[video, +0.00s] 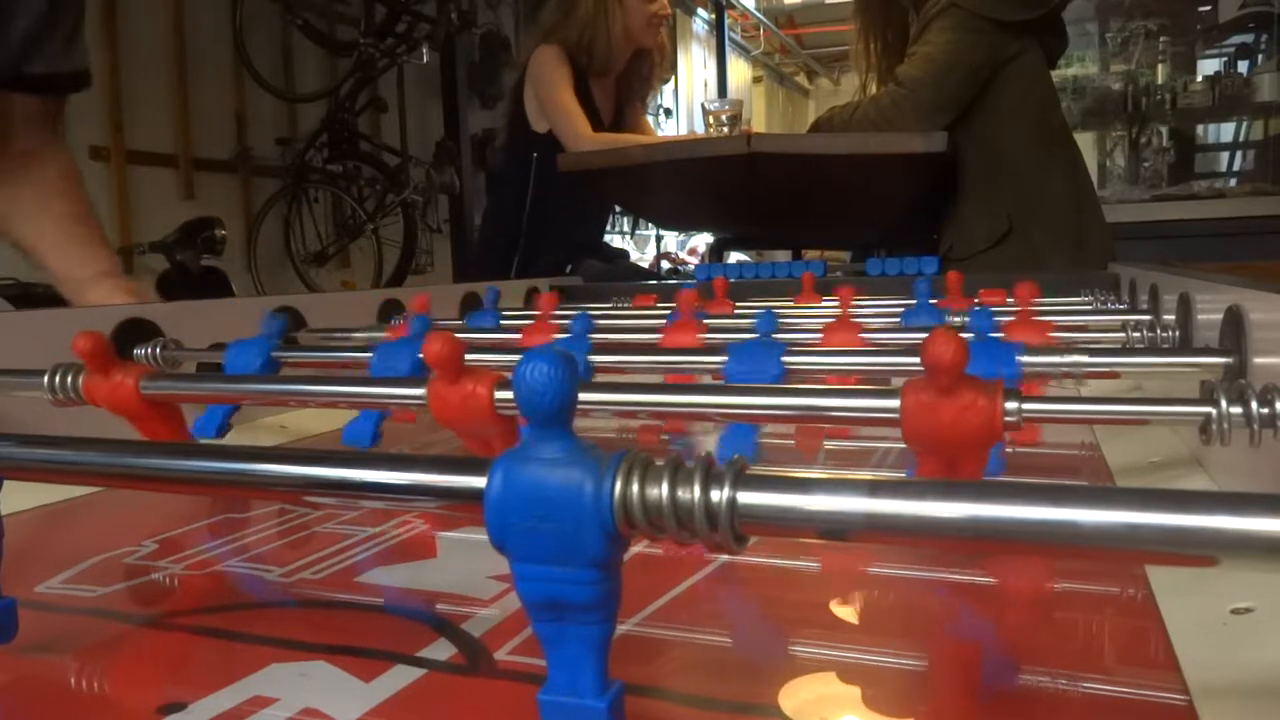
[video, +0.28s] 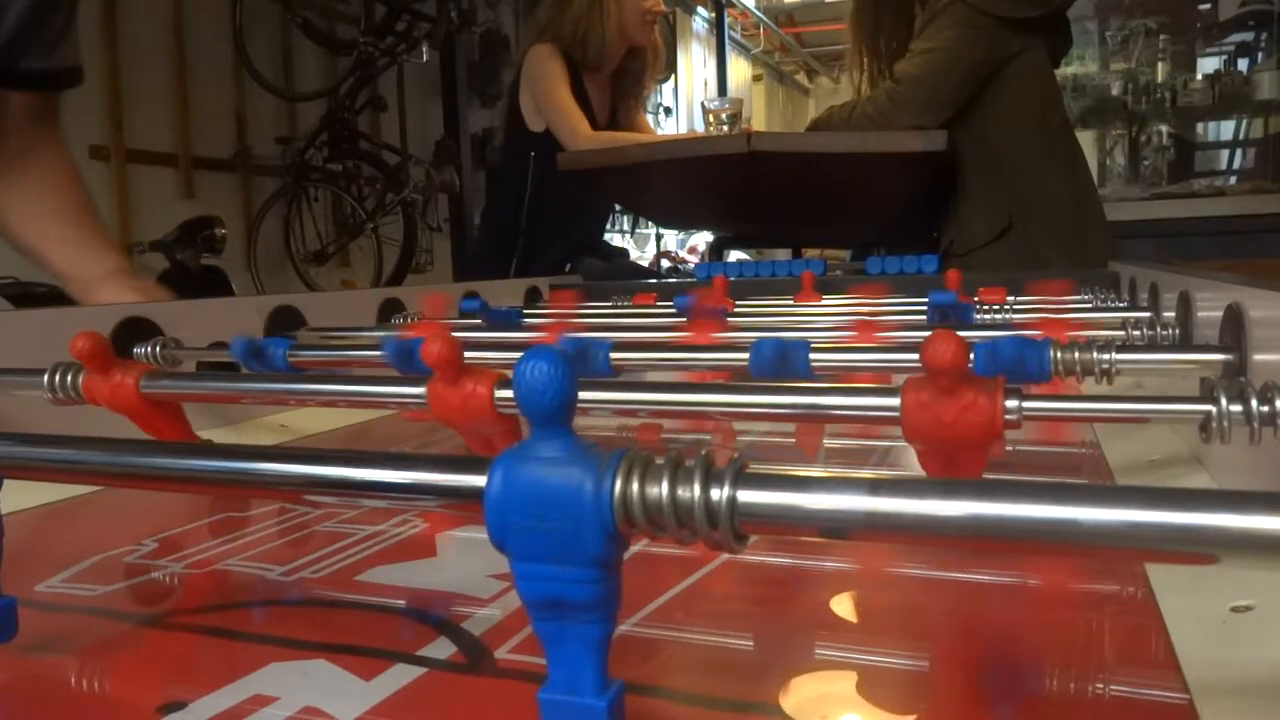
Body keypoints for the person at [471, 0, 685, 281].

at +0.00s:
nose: (667, 9)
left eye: (666, 2)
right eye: (652, 0)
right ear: (610, 7)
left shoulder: (620, 81)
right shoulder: (549, 60)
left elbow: (651, 151)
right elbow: (581, 143)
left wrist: (701, 146)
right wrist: (678, 147)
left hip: (580, 250)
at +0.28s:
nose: (661, 8)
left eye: (658, 1)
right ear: (603, 5)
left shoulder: (617, 80)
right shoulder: (544, 59)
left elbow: (651, 150)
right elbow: (581, 142)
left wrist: (703, 145)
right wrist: (678, 145)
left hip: (580, 250)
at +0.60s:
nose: (662, 10)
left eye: (661, 2)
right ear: (608, 6)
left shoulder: (617, 79)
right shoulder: (547, 59)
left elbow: (650, 151)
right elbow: (581, 144)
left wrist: (698, 146)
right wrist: (679, 146)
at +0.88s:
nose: (662, 9)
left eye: (661, 2)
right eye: (649, 0)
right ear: (607, 7)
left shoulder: (619, 81)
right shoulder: (547, 59)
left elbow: (651, 152)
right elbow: (581, 144)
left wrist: (699, 146)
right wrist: (681, 145)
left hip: (578, 248)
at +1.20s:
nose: (664, 10)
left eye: (662, 2)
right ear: (609, 6)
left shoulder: (619, 82)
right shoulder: (548, 59)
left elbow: (652, 152)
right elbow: (582, 143)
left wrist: (700, 147)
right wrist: (678, 146)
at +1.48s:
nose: (664, 9)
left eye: (663, 2)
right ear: (609, 7)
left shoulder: (619, 82)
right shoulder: (548, 59)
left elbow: (651, 151)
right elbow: (581, 143)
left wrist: (696, 145)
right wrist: (675, 145)